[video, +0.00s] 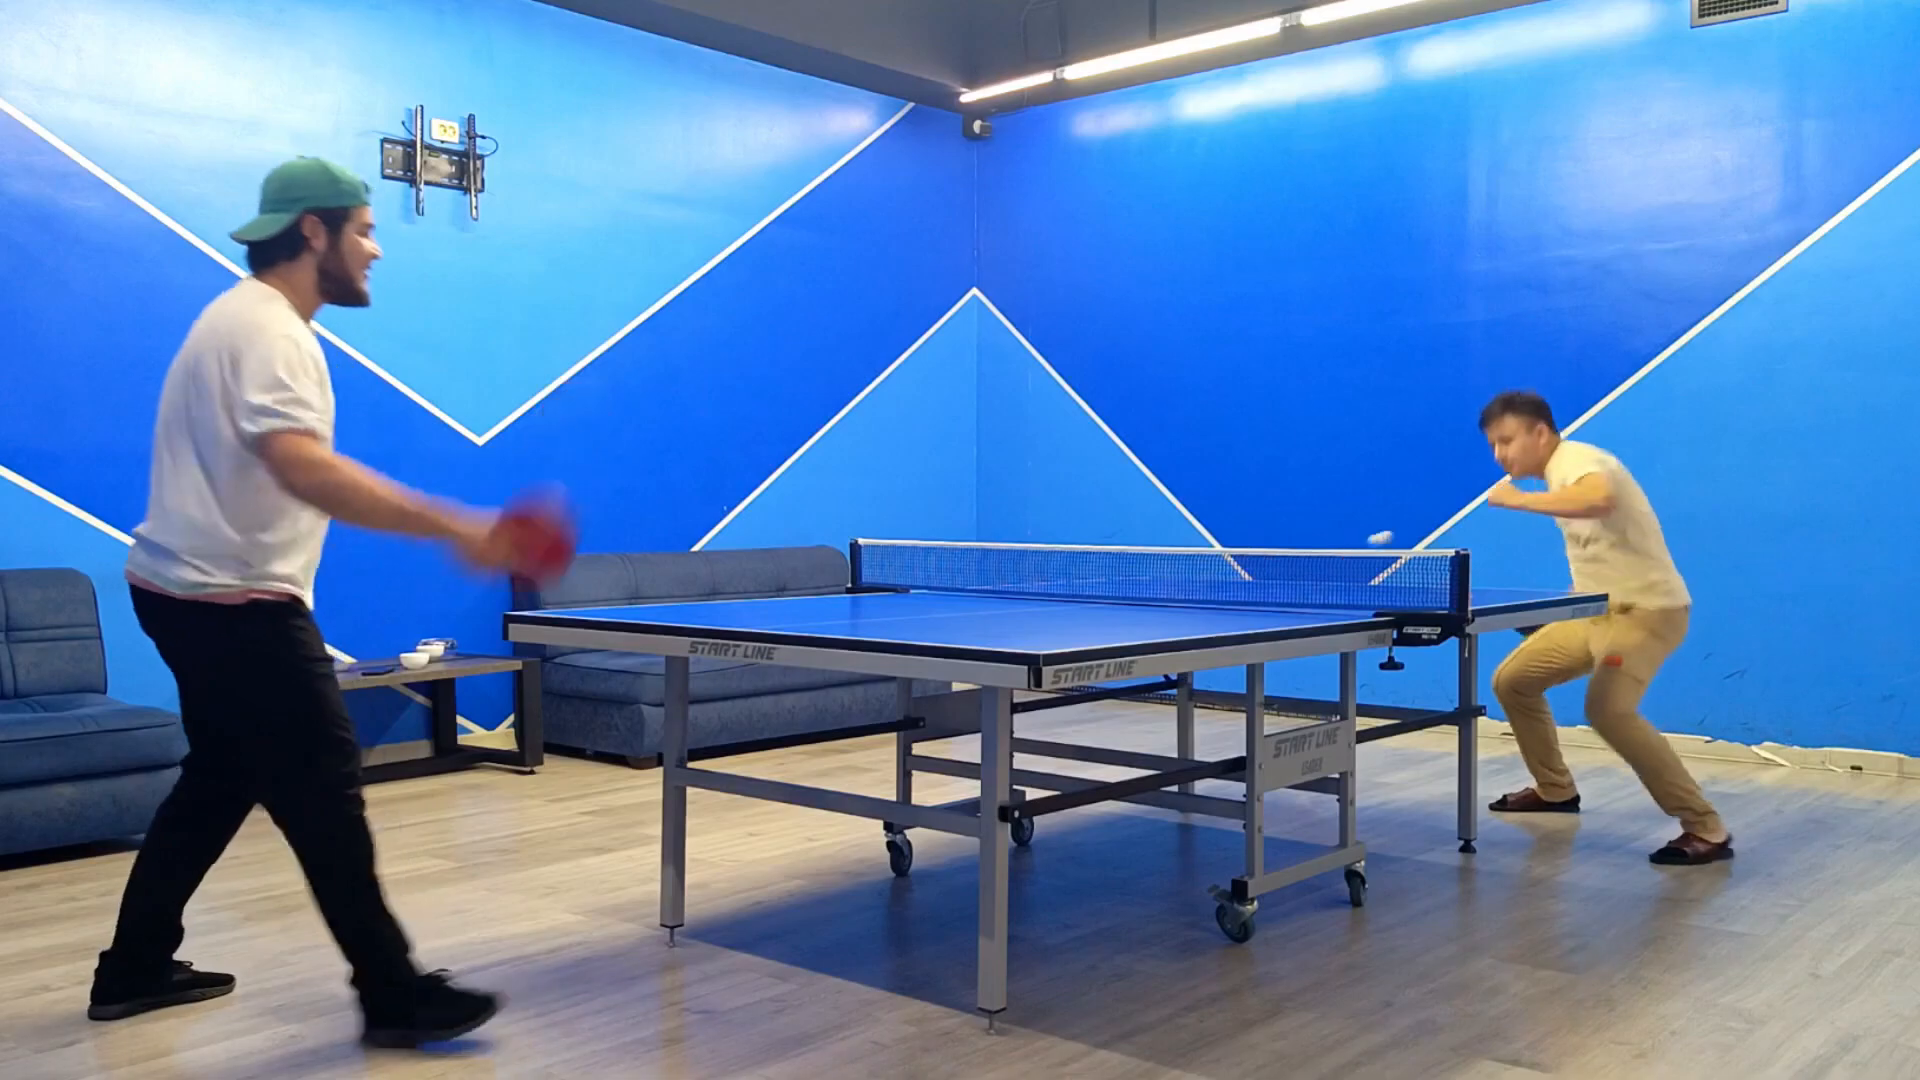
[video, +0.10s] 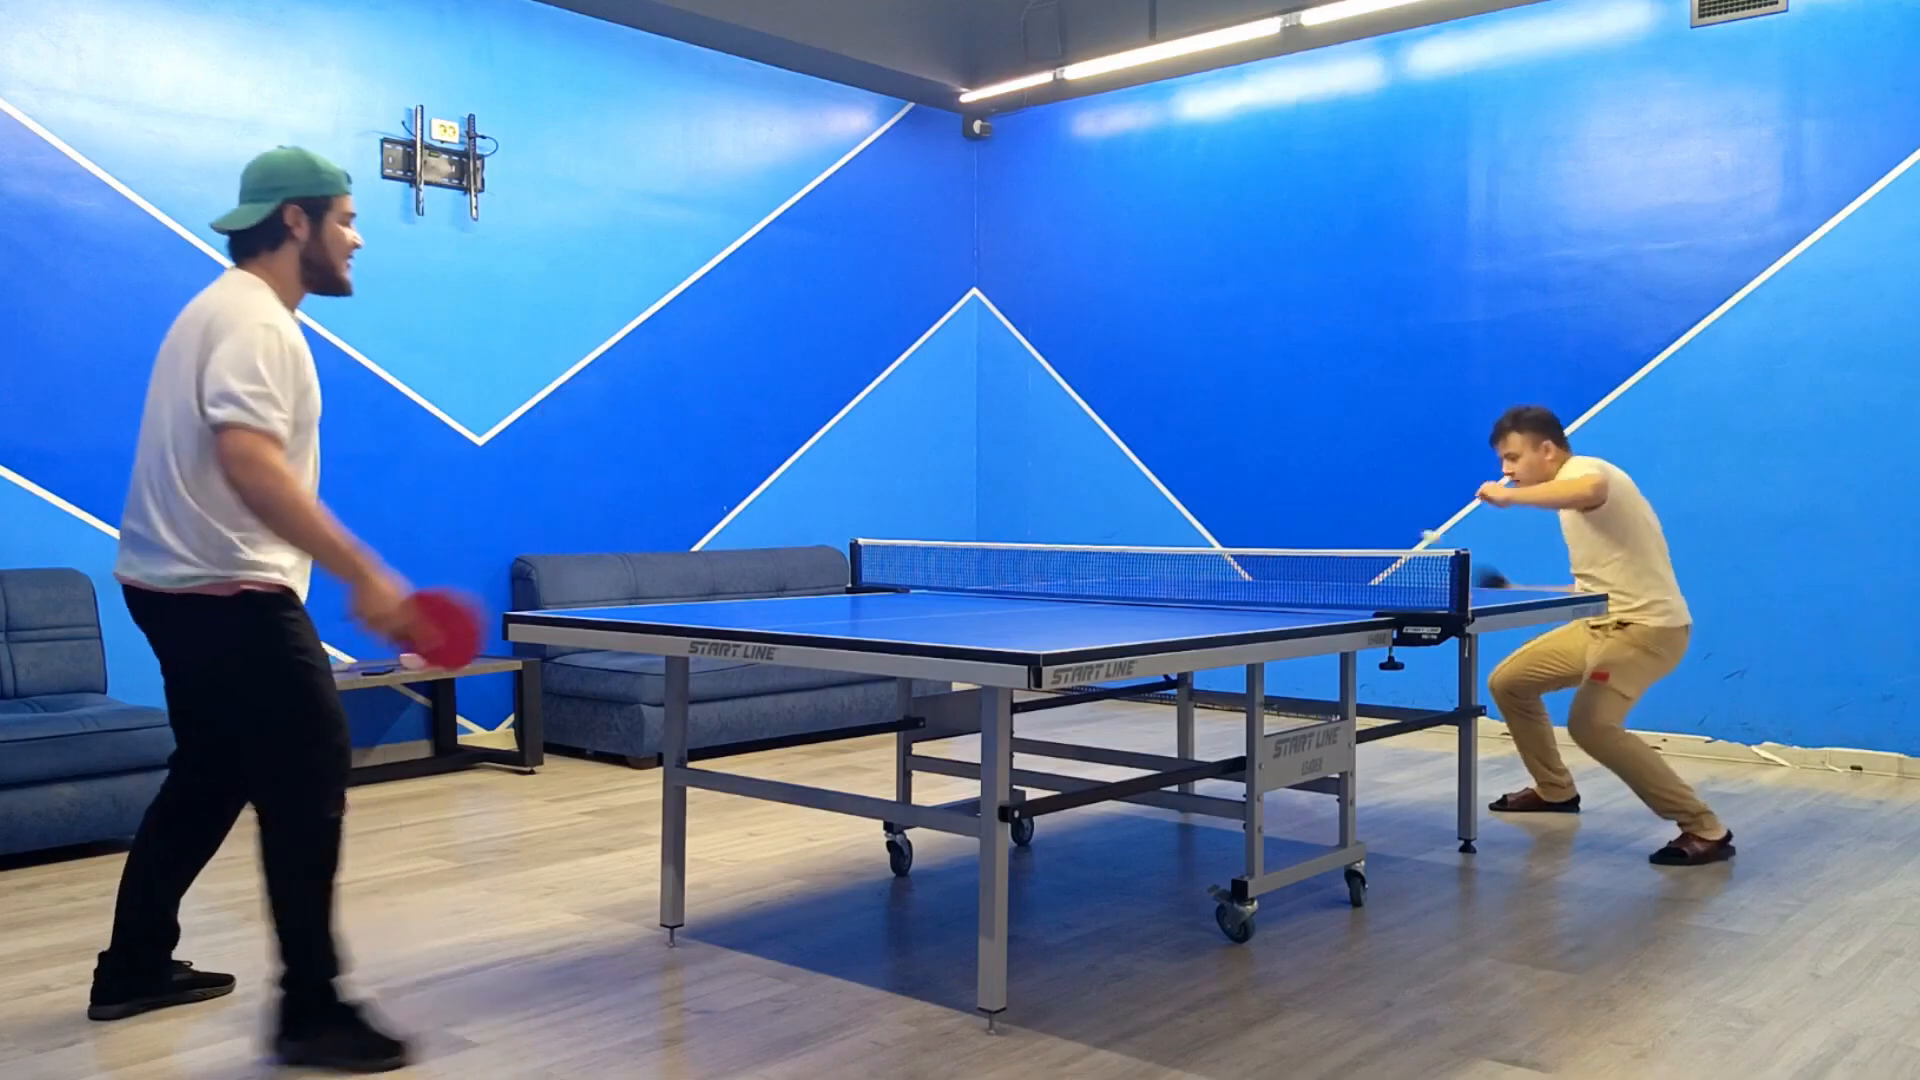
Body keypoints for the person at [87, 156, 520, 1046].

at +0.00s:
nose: (375, 250)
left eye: (373, 233)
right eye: (364, 233)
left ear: (299, 238)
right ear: (310, 236)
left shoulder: (238, 317)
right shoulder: (267, 331)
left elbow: (280, 470)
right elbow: (304, 468)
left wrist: (441, 520)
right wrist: (455, 525)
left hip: (192, 593)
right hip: (236, 601)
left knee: (223, 774)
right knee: (323, 784)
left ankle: (135, 964)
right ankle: (393, 991)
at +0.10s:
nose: (355, 239)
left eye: (352, 222)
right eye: (345, 222)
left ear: (287, 225)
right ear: (296, 223)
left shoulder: (217, 308)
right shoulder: (254, 319)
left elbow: (215, 465)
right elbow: (248, 460)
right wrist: (366, 573)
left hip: (179, 588)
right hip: (230, 592)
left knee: (212, 769)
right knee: (309, 761)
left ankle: (135, 965)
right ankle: (311, 1008)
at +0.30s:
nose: (455, 260)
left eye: (453, 244)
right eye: (444, 243)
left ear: (388, 248)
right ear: (399, 244)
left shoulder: (334, 326)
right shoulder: (359, 336)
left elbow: (315, 478)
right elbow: (322, 474)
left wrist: (385, 589)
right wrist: (390, 596)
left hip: (299, 592)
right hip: (328, 594)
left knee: (329, 755)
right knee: (417, 753)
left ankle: (259, 941)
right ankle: (358, 985)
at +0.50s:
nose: (523, 289)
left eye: (522, 272)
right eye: (513, 272)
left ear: (461, 277)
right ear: (462, 275)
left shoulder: (435, 363)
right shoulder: (410, 365)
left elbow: (436, 507)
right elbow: (368, 504)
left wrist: (502, 588)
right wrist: (434, 633)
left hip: (388, 614)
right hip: (387, 619)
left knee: (409, 764)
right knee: (490, 768)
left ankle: (324, 935)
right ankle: (483, 1006)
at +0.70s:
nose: (528, 312)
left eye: (527, 294)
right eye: (514, 294)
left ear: (463, 296)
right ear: (454, 293)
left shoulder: (468, 393)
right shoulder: (383, 399)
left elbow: (484, 530)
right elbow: (352, 555)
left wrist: (548, 603)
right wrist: (454, 633)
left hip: (445, 646)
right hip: (384, 656)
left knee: (468, 786)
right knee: (545, 788)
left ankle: (354, 934)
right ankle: (493, 1037)